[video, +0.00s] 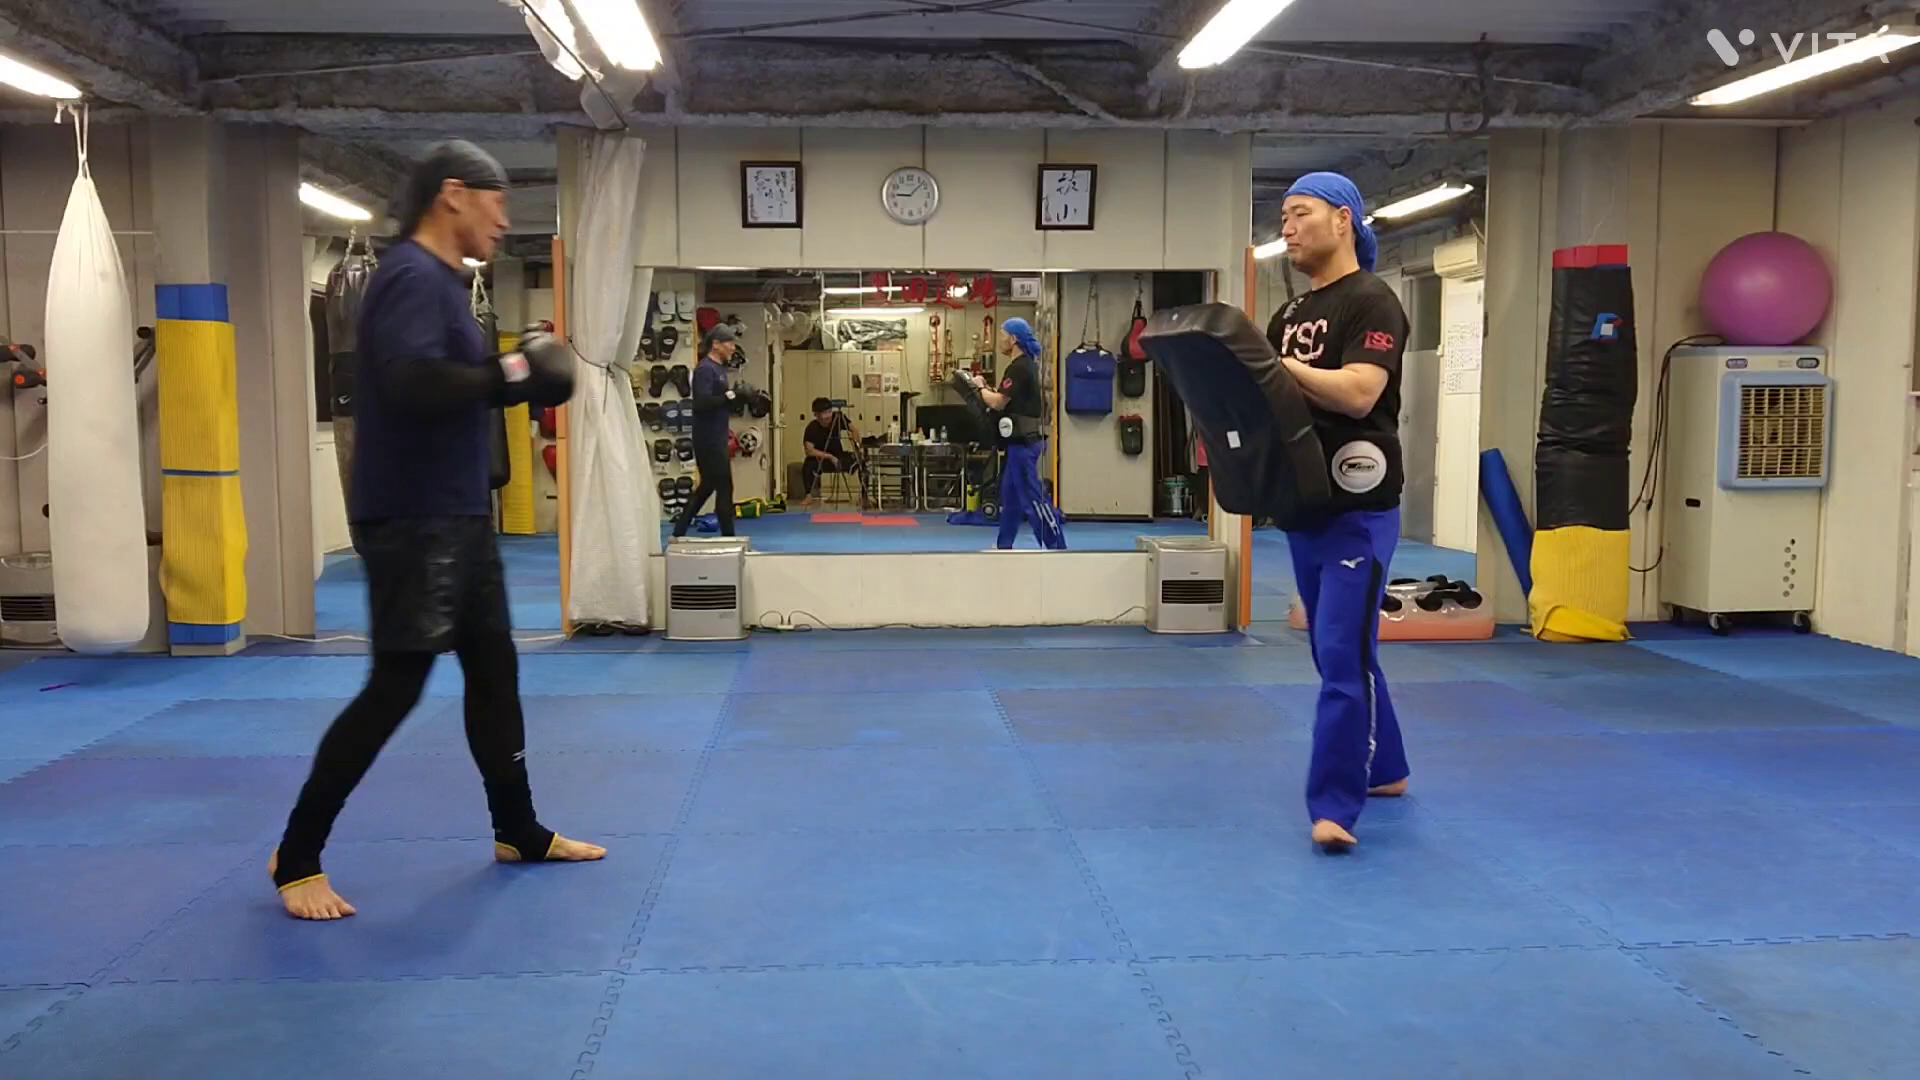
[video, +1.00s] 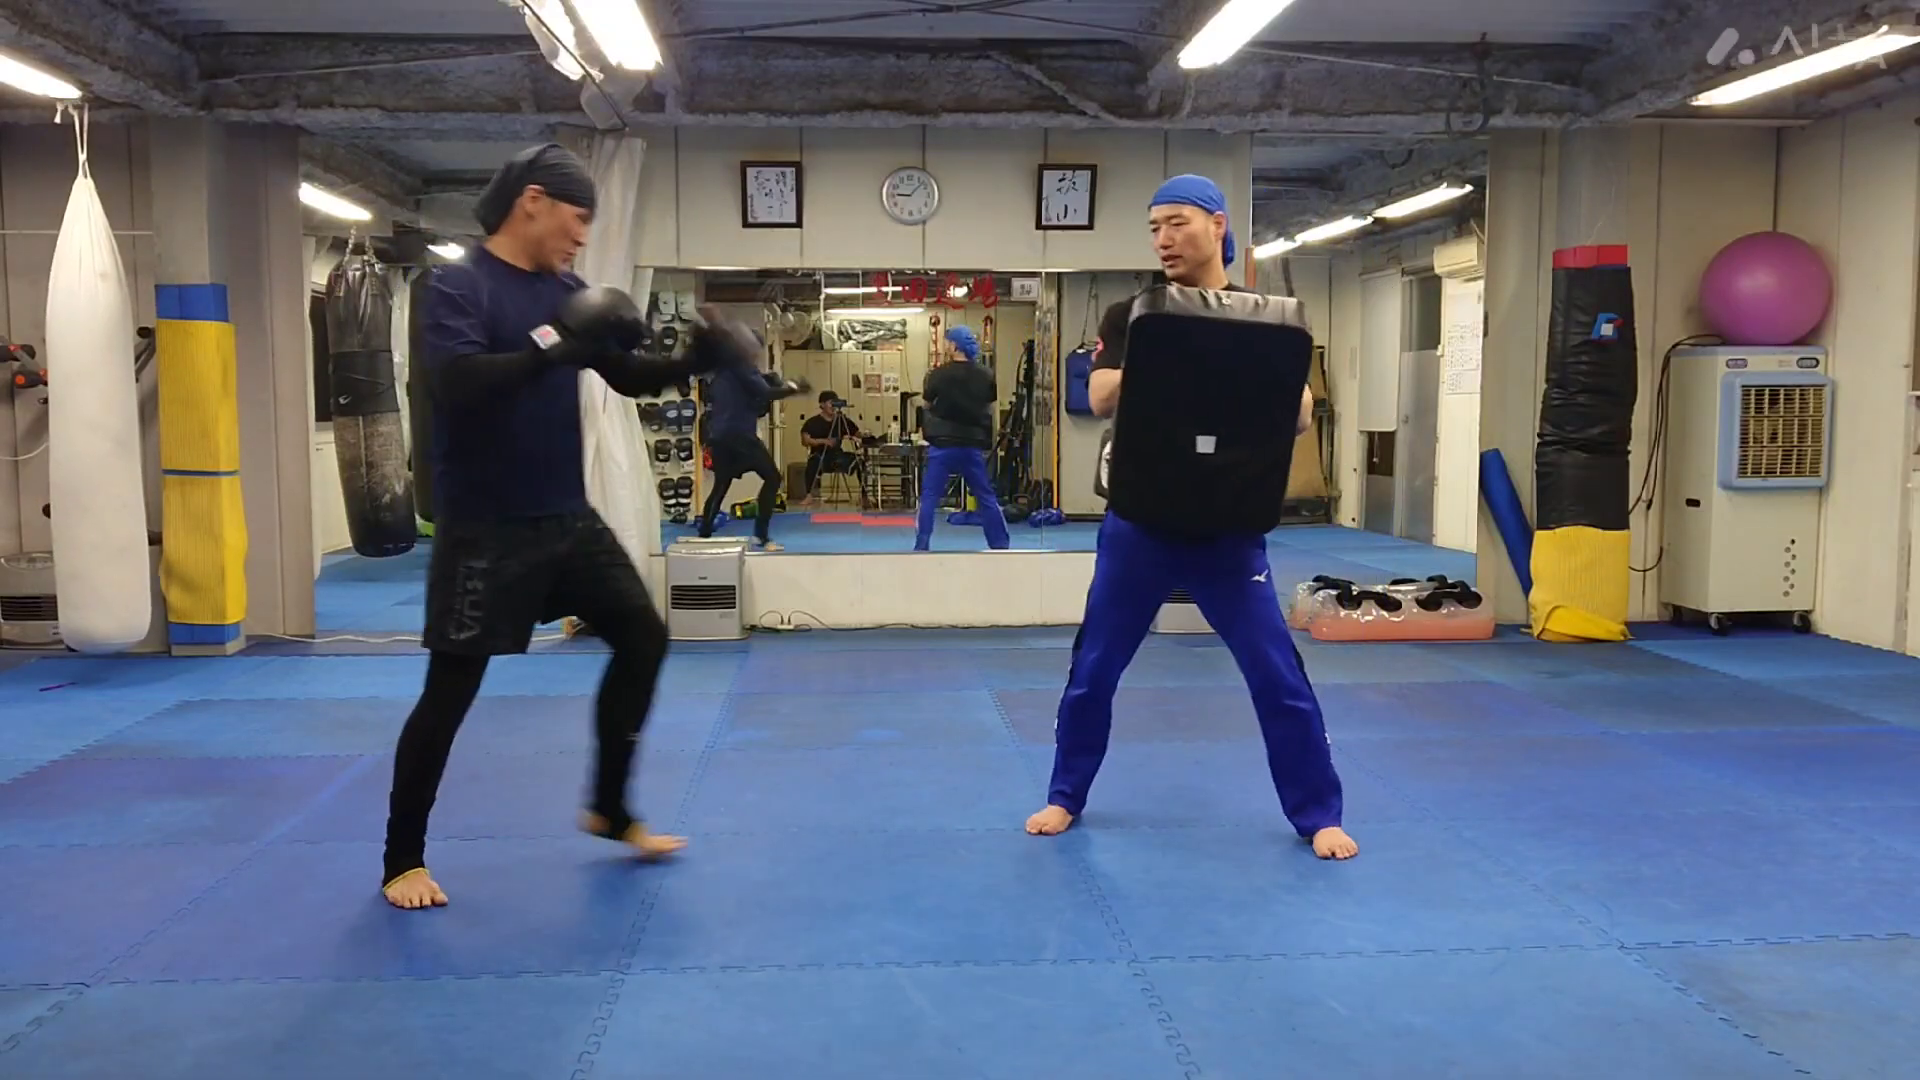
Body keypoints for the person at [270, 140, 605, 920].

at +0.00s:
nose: (505, 219)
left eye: (505, 205)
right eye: (497, 202)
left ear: (460, 202)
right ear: (452, 196)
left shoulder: (443, 282)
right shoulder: (410, 277)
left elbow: (457, 395)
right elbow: (409, 384)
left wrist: (534, 383)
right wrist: (512, 373)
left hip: (462, 519)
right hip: (412, 525)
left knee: (493, 673)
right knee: (394, 688)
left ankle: (518, 832)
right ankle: (296, 860)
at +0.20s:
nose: (548, 246)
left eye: (554, 235)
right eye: (547, 230)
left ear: (513, 216)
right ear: (508, 208)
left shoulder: (492, 288)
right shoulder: (439, 266)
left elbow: (535, 389)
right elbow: (488, 349)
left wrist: (584, 324)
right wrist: (556, 300)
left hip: (494, 506)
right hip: (440, 506)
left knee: (511, 668)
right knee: (447, 672)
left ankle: (520, 831)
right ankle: (346, 845)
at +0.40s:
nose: (564, 236)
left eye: (568, 224)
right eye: (559, 218)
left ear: (520, 210)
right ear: (514, 200)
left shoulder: (515, 291)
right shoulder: (449, 265)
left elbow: (547, 388)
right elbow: (490, 346)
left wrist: (617, 328)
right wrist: (568, 297)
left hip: (510, 507)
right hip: (450, 507)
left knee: (523, 664)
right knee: (449, 673)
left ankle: (522, 826)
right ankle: (396, 850)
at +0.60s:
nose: (557, 239)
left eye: (562, 227)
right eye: (552, 221)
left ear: (512, 215)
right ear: (506, 208)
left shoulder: (510, 298)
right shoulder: (438, 280)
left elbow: (520, 403)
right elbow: (440, 392)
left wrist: (575, 367)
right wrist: (531, 355)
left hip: (508, 515)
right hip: (444, 523)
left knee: (585, 635)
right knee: (442, 689)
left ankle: (545, 803)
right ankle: (402, 863)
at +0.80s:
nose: (558, 238)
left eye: (562, 225)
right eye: (551, 220)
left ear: (513, 214)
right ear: (505, 206)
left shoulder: (522, 295)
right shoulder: (430, 284)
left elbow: (553, 396)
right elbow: (432, 401)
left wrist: (608, 344)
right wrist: (521, 338)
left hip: (521, 517)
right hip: (452, 523)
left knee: (581, 652)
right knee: (450, 685)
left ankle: (561, 826)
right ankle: (402, 863)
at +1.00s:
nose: (583, 238)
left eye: (588, 223)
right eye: (577, 220)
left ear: (541, 209)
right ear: (531, 202)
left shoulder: (562, 296)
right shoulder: (453, 284)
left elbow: (624, 375)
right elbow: (452, 380)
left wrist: (693, 360)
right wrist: (550, 350)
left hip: (565, 522)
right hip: (482, 533)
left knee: (643, 639)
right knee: (448, 695)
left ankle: (608, 809)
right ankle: (403, 863)